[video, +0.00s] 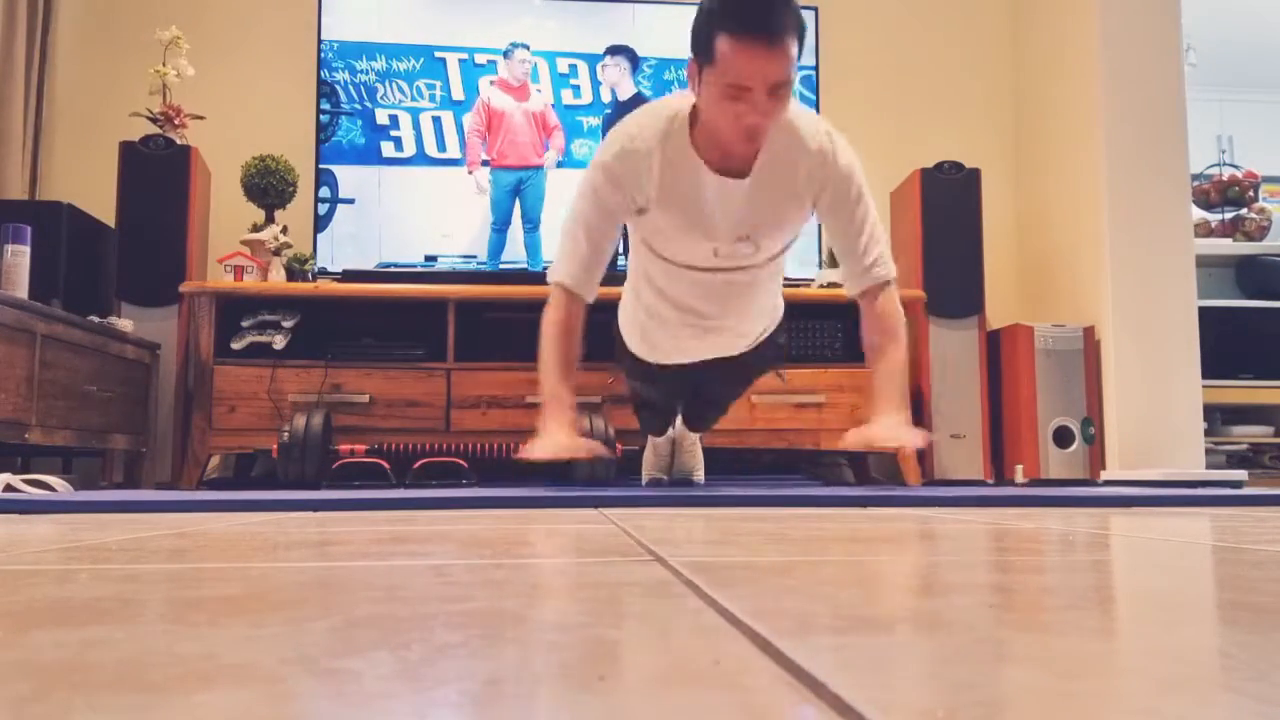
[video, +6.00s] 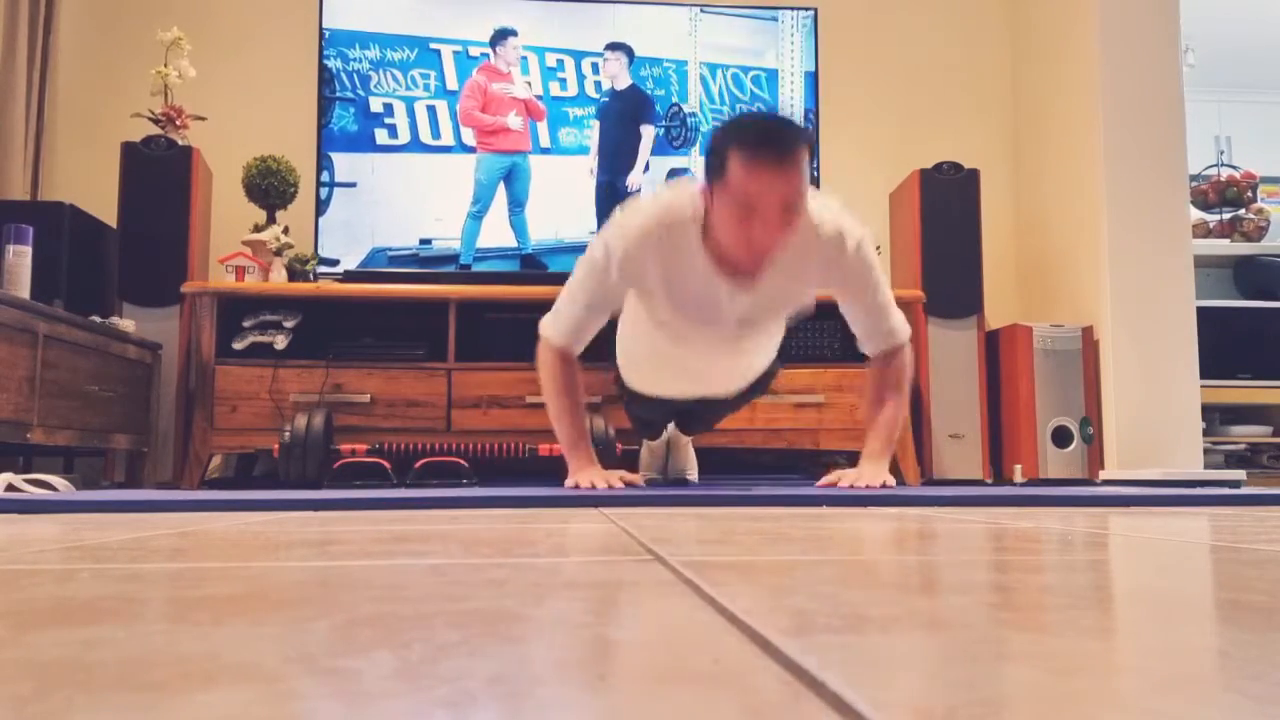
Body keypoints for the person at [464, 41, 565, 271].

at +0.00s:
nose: (527, 67)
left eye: (529, 62)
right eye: (522, 62)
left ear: (531, 65)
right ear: (507, 63)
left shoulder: (538, 97)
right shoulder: (490, 97)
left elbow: (556, 130)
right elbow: (475, 133)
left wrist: (555, 150)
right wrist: (475, 169)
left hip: (534, 171)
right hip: (502, 171)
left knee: (532, 224)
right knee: (500, 225)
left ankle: (536, 272)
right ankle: (492, 270)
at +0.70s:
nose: (528, 70)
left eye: (530, 65)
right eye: (523, 65)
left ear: (532, 66)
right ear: (508, 64)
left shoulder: (537, 95)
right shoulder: (491, 95)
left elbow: (554, 127)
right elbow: (474, 129)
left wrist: (557, 128)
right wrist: (503, 144)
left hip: (536, 168)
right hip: (506, 169)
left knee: (532, 222)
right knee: (501, 222)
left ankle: (535, 268)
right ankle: (490, 266)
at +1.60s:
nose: (548, 74)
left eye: (550, 68)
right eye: (544, 68)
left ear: (552, 67)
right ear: (527, 66)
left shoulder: (554, 93)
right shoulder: (510, 95)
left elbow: (574, 106)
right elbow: (501, 134)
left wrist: (588, 112)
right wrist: (538, 147)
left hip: (544, 168)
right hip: (517, 167)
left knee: (538, 217)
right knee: (508, 216)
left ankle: (539, 264)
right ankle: (496, 260)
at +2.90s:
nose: (527, 57)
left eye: (527, 52)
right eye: (521, 53)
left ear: (530, 56)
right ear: (507, 57)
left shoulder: (535, 87)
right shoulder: (495, 87)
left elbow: (558, 118)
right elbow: (482, 121)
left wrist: (550, 102)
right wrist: (514, 135)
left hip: (538, 156)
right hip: (510, 157)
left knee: (540, 208)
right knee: (509, 208)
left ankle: (548, 253)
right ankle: (506, 253)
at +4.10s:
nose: (528, 51)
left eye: (533, 48)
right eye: (524, 46)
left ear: (537, 53)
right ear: (513, 48)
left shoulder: (540, 83)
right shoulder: (498, 78)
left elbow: (562, 116)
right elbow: (479, 111)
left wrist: (545, 96)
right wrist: (507, 129)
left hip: (533, 155)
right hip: (504, 153)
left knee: (527, 206)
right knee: (488, 205)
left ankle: (525, 257)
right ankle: (467, 259)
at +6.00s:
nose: (519, 53)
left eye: (519, 48)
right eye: (515, 48)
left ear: (505, 50)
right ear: (498, 50)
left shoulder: (518, 79)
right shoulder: (479, 80)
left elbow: (540, 115)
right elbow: (466, 115)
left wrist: (527, 97)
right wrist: (504, 122)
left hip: (520, 155)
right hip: (491, 155)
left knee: (518, 209)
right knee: (478, 210)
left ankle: (527, 255)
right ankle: (465, 262)